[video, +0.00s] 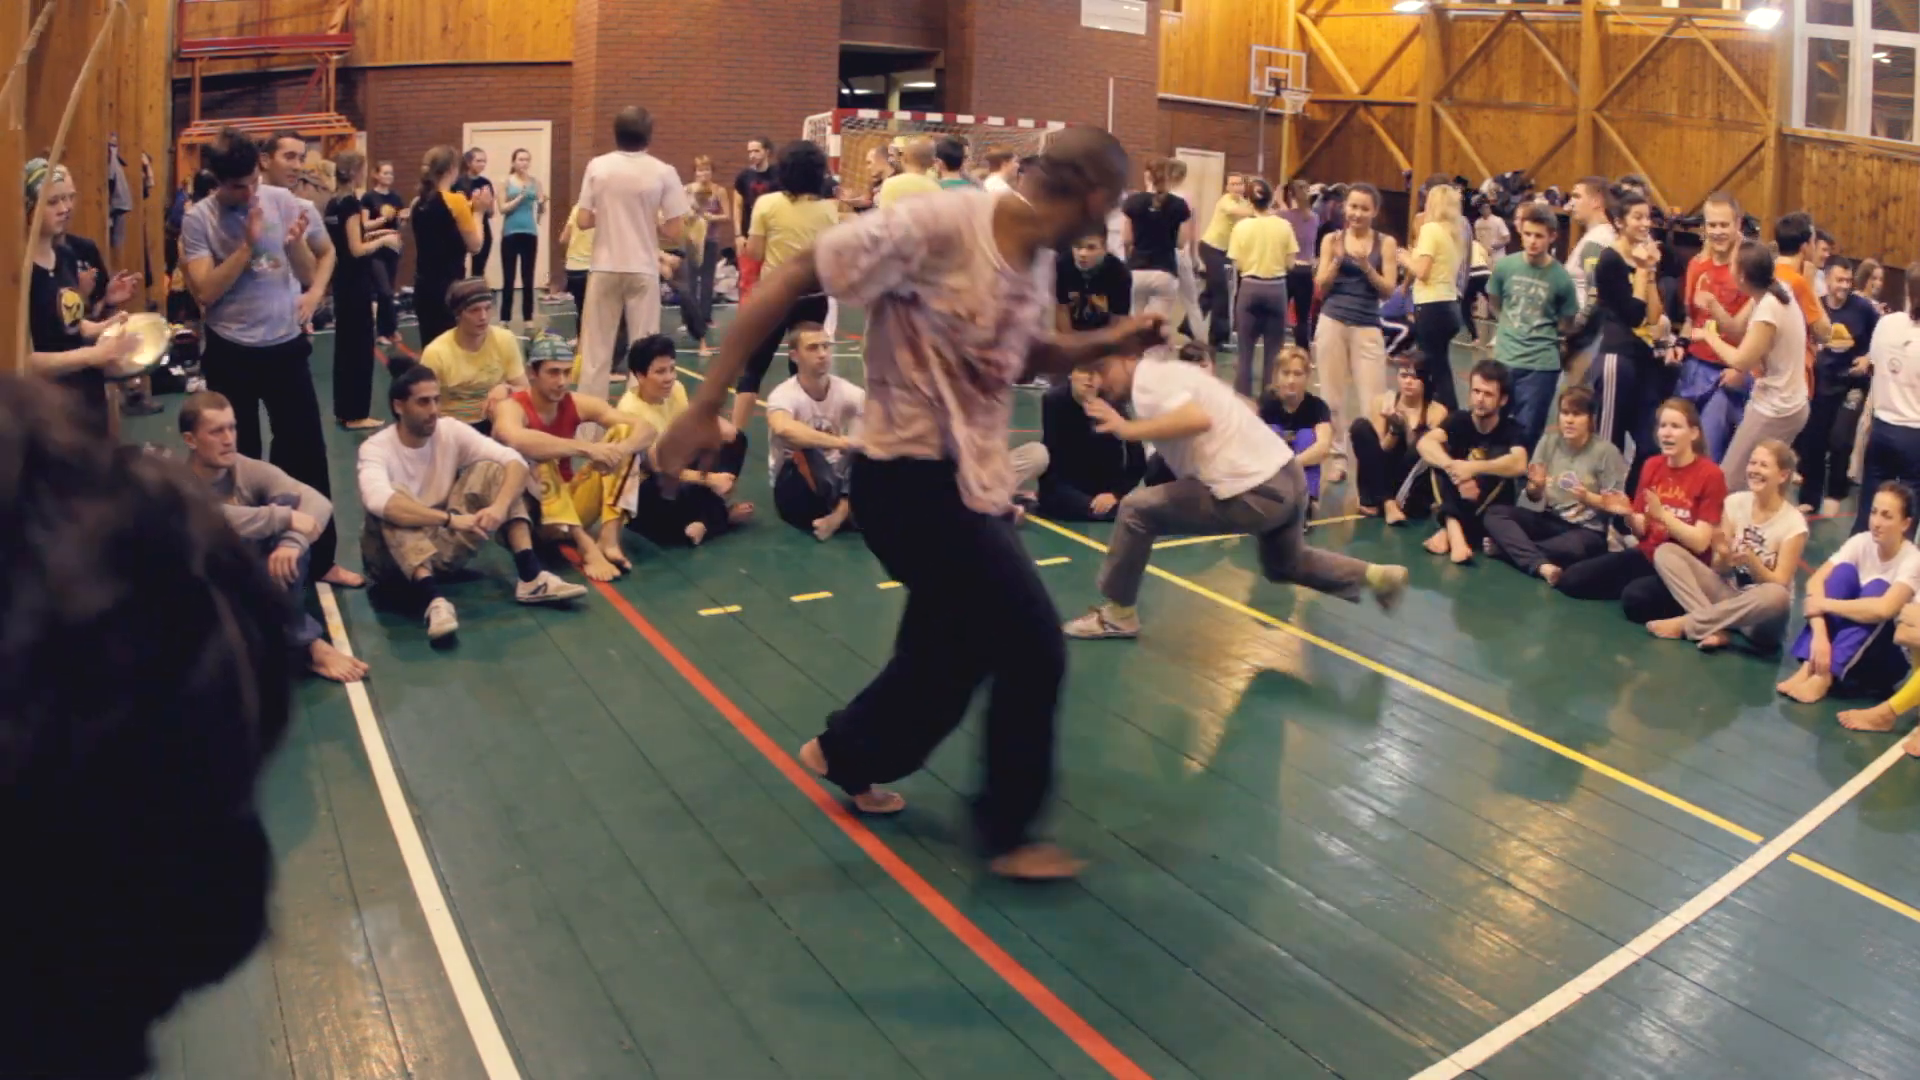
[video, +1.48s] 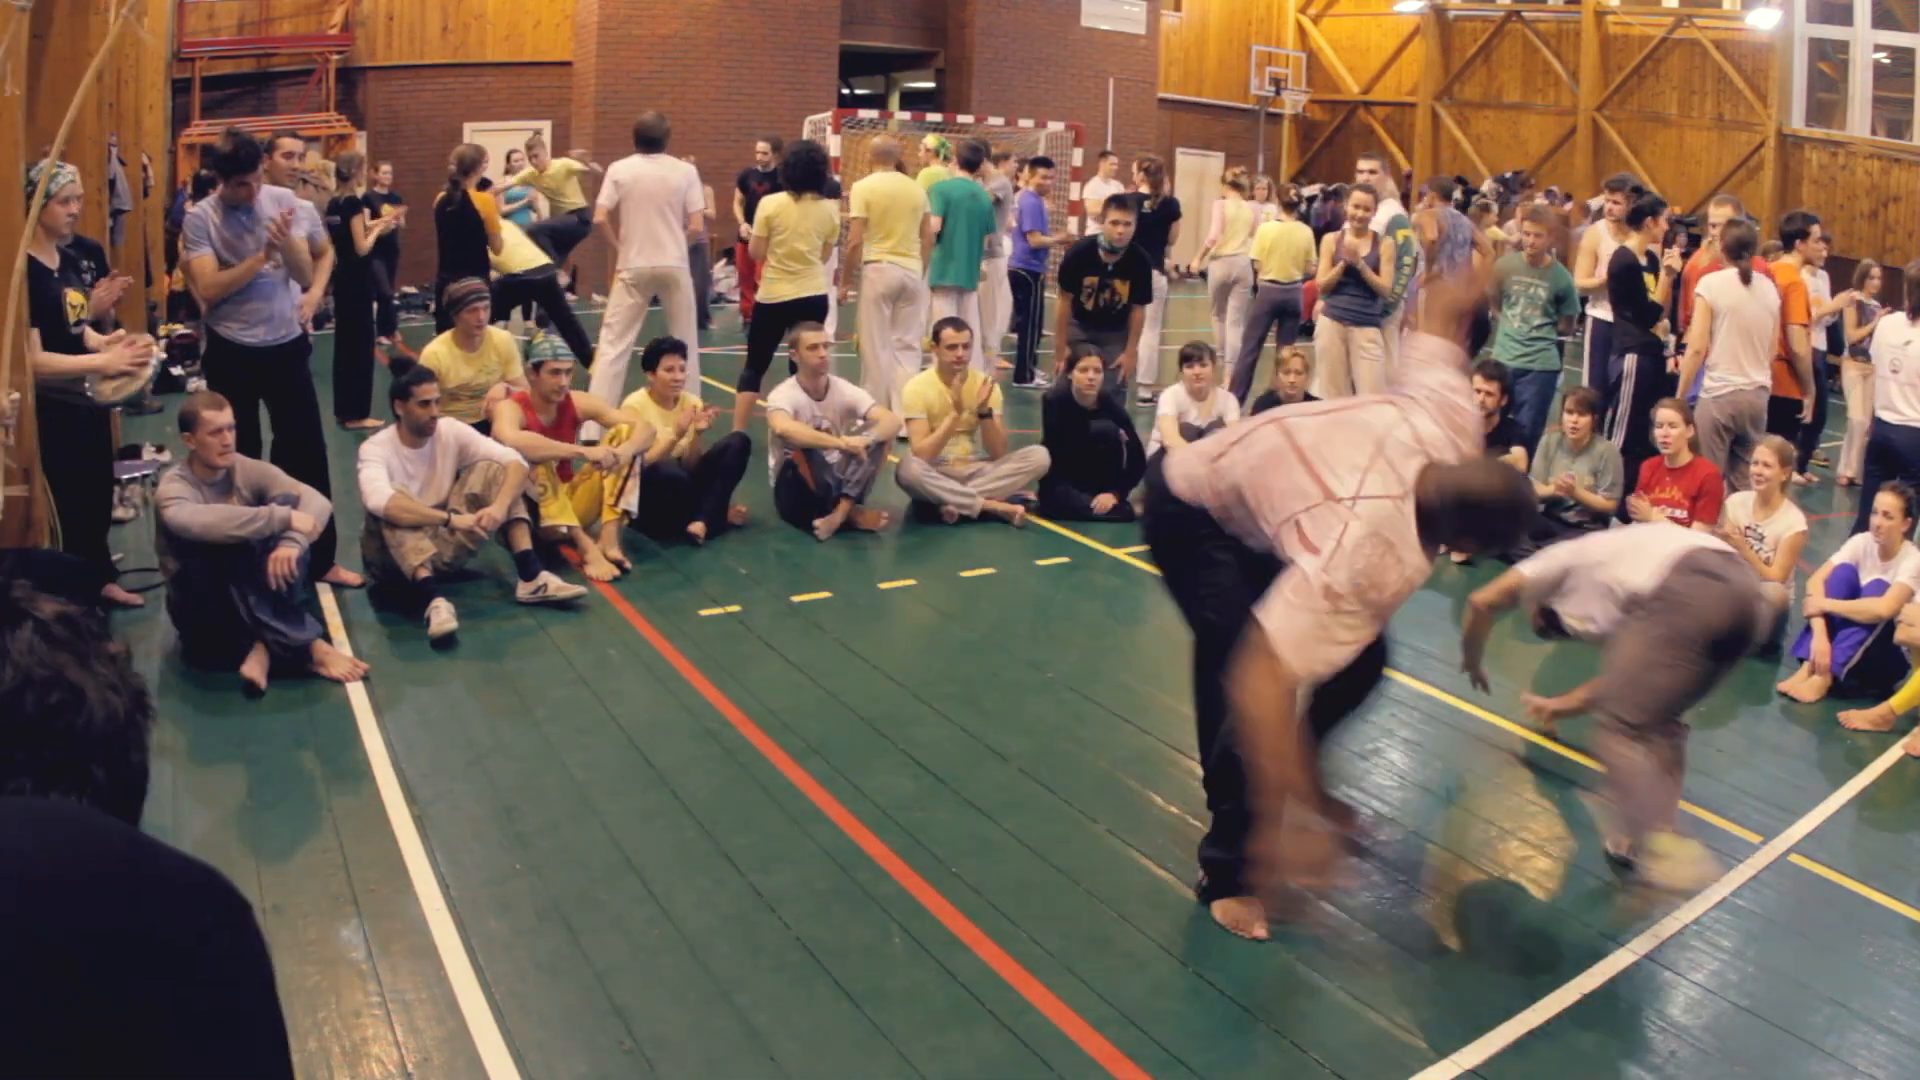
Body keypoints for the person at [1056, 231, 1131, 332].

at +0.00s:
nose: (1083, 254)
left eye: (1091, 248)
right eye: (1078, 247)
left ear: (1104, 248)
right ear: (1071, 247)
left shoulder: (1118, 272)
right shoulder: (1064, 266)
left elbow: (1117, 330)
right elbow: (1062, 309)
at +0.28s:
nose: (1087, 254)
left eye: (1095, 248)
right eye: (1082, 246)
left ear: (1107, 248)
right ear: (1074, 245)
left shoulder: (1120, 273)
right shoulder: (1062, 266)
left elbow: (1118, 319)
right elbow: (1063, 311)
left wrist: (1115, 356)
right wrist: (1064, 352)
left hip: (1109, 331)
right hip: (1075, 330)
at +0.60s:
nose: (1094, 257)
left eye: (1101, 251)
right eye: (1088, 250)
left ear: (1112, 251)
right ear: (1079, 248)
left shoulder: (1122, 274)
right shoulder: (1064, 267)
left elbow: (1120, 321)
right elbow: (1064, 313)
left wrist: (1113, 358)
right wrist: (1064, 353)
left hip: (1108, 336)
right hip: (1075, 334)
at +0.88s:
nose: (1101, 259)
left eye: (1108, 252)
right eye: (1095, 253)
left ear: (1115, 251)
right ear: (1082, 250)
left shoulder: (1124, 275)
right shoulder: (1065, 268)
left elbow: (1121, 320)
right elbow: (1064, 314)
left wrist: (1118, 357)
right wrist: (1064, 354)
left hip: (1112, 333)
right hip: (1077, 332)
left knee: (1116, 388)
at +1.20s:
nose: (1108, 255)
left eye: (1114, 248)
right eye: (1101, 248)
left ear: (1121, 248)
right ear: (1088, 245)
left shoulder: (1127, 271)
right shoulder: (1068, 267)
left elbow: (1124, 319)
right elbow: (1066, 314)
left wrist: (1121, 358)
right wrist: (1066, 359)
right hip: (1079, 336)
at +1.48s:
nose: (1120, 231)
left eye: (1127, 225)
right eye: (1114, 223)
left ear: (1135, 227)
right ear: (1102, 224)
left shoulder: (1139, 260)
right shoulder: (1078, 253)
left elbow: (1137, 309)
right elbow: (1064, 300)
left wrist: (1130, 352)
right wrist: (1061, 347)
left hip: (1117, 334)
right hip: (1079, 329)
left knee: (1114, 392)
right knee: (1065, 388)